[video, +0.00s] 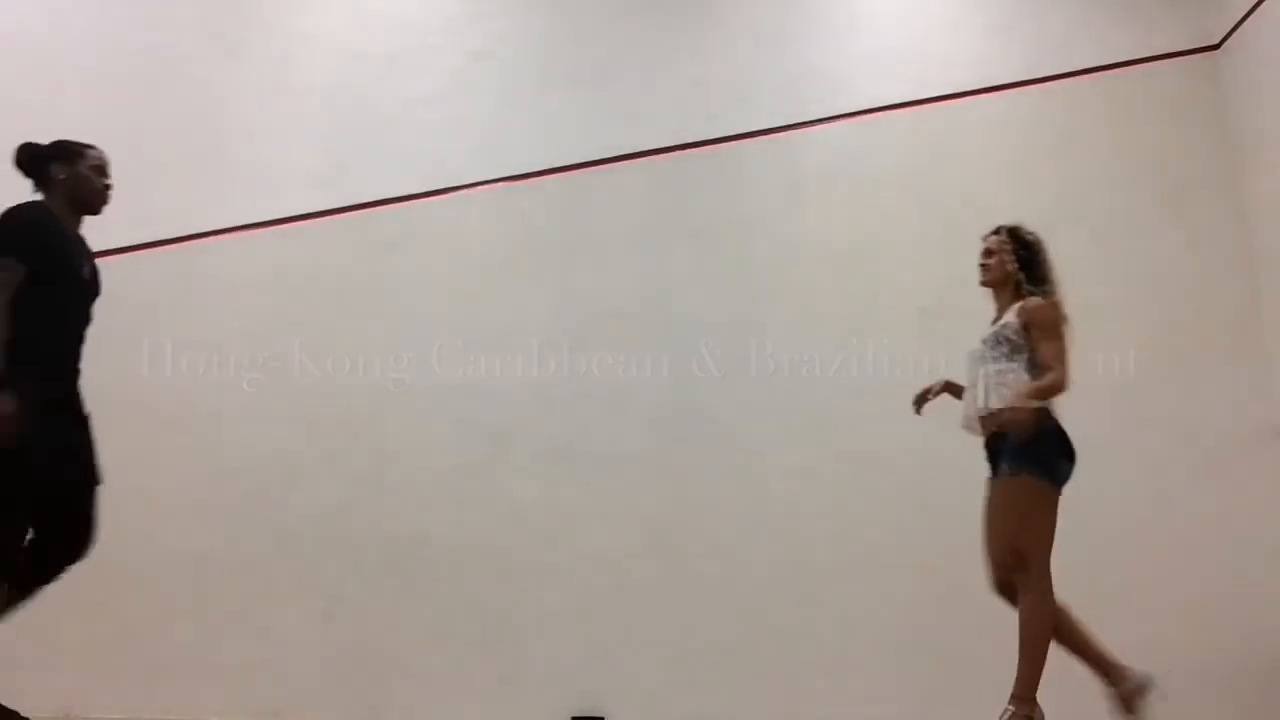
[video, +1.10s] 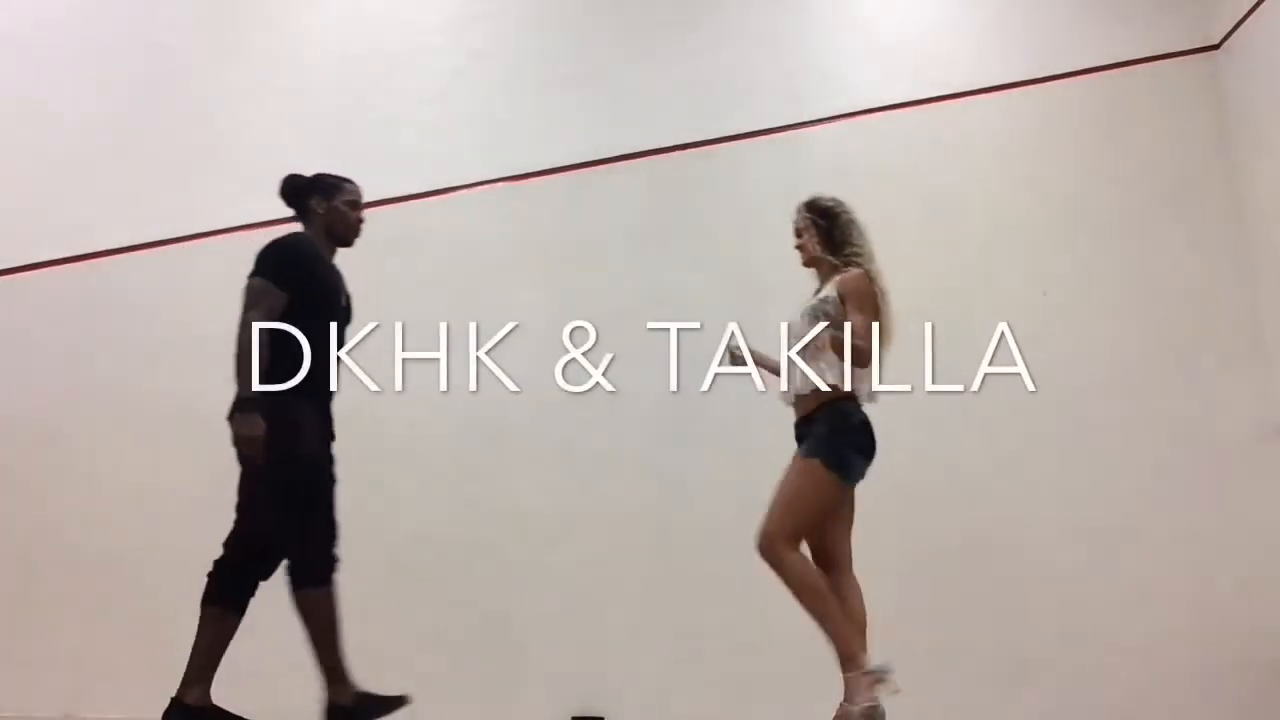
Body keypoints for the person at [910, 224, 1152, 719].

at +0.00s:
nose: (983, 261)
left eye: (993, 254)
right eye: (982, 254)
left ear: (1019, 262)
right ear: (987, 267)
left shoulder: (1036, 309)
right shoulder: (1000, 323)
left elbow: (1057, 377)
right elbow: (1000, 395)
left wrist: (1020, 398)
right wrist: (952, 388)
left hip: (1031, 443)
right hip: (1005, 447)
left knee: (1031, 574)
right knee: (1008, 578)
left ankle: (1023, 704)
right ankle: (1120, 678)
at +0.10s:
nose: (964, 261)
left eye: (974, 253)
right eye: (964, 254)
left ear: (999, 260)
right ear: (971, 265)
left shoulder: (1016, 307)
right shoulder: (984, 320)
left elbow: (1026, 378)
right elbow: (987, 388)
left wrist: (971, 391)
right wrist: (939, 389)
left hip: (1018, 441)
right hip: (987, 447)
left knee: (1023, 568)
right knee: (968, 571)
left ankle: (1024, 699)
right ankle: (1046, 683)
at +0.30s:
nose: (930, 257)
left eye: (939, 249)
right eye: (930, 250)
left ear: (963, 255)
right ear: (940, 259)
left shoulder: (977, 301)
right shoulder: (954, 311)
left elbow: (982, 373)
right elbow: (961, 377)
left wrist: (911, 367)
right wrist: (914, 388)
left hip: (992, 440)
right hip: (955, 445)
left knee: (1006, 564)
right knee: (909, 545)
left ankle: (1023, 702)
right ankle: (974, 663)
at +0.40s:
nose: (914, 253)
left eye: (922, 245)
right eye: (913, 246)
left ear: (947, 251)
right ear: (924, 257)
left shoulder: (961, 296)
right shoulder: (941, 308)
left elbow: (955, 368)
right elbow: (947, 377)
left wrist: (890, 355)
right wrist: (902, 390)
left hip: (975, 440)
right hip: (938, 445)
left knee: (996, 564)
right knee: (895, 546)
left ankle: (1021, 701)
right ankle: (936, 682)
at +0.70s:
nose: (860, 254)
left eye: (867, 246)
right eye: (861, 246)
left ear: (889, 249)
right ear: (882, 252)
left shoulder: (905, 291)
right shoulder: (886, 303)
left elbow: (905, 362)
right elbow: (888, 381)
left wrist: (855, 324)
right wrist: (844, 401)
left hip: (901, 444)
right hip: (870, 447)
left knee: (928, 570)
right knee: (861, 564)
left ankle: (1008, 691)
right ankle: (860, 693)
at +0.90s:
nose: (828, 249)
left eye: (833, 240)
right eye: (828, 241)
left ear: (855, 241)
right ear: (851, 244)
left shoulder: (881, 284)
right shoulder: (855, 296)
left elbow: (879, 351)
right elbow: (849, 374)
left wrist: (830, 309)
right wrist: (806, 387)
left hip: (865, 439)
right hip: (832, 440)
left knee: (846, 564)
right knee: (837, 567)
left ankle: (941, 679)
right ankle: (859, 695)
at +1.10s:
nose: (796, 243)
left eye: (802, 233)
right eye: (795, 234)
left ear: (826, 234)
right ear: (811, 240)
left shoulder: (851, 280)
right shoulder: (822, 293)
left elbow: (865, 352)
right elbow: (803, 377)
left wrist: (828, 340)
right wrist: (752, 359)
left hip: (838, 429)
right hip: (820, 431)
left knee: (775, 543)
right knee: (834, 561)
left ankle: (858, 665)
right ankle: (858, 691)